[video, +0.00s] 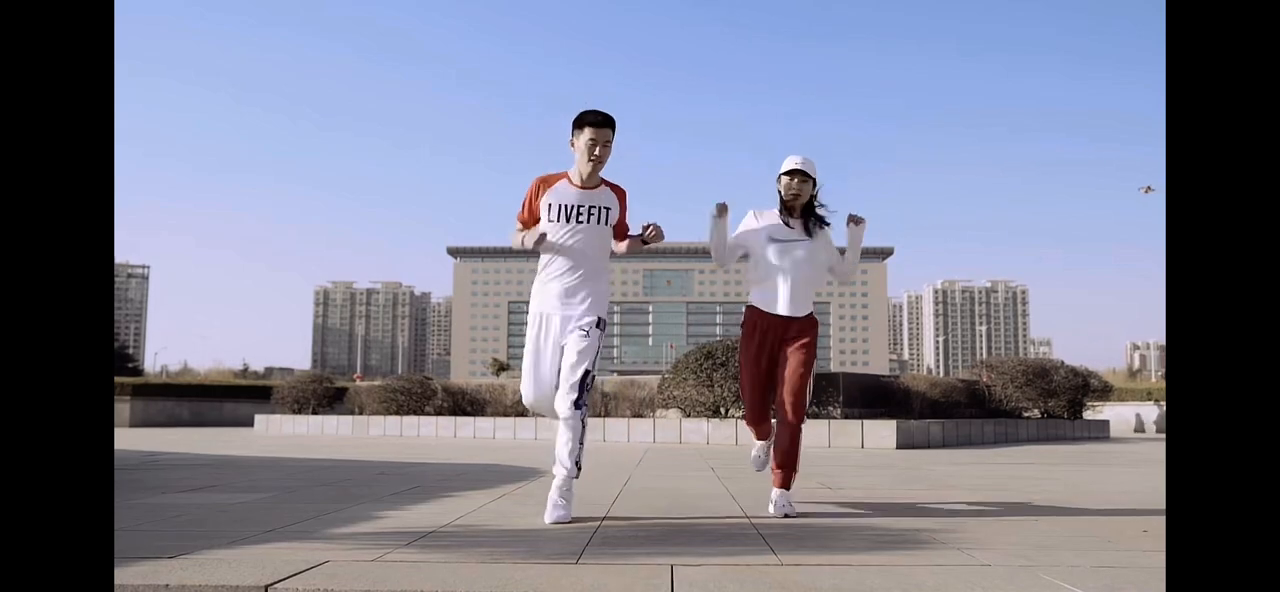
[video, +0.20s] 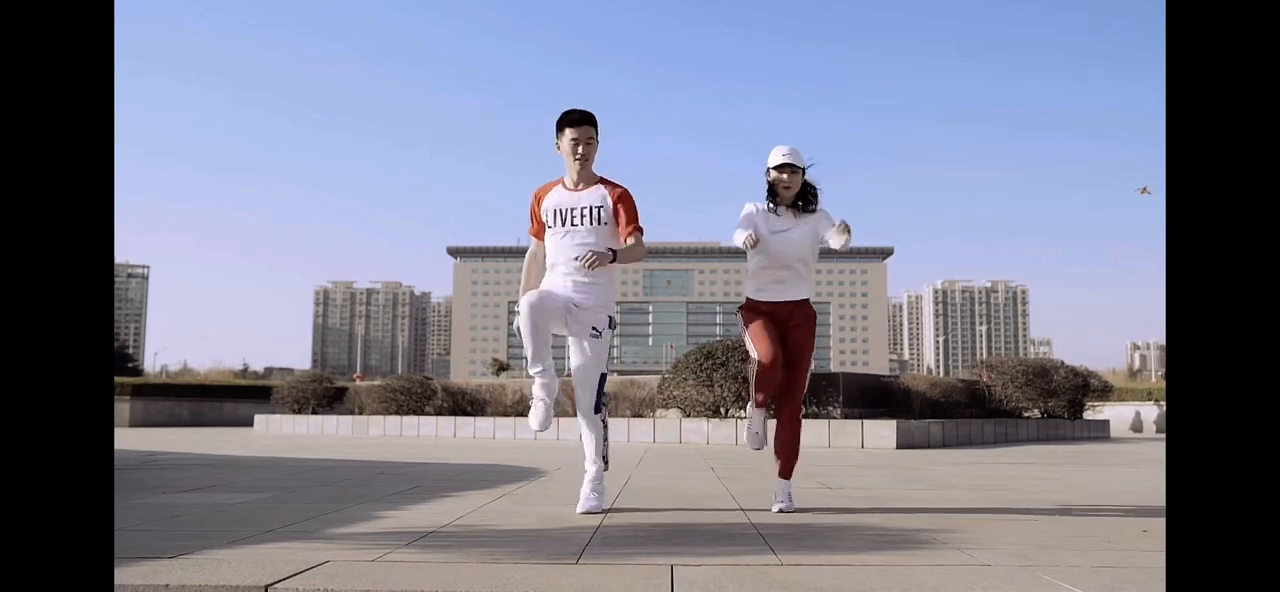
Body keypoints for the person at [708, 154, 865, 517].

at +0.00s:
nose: (794, 185)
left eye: (802, 179)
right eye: (788, 178)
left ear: (813, 188)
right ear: (778, 184)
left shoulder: (819, 232)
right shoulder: (758, 220)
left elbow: (843, 274)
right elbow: (722, 258)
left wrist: (854, 238)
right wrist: (719, 222)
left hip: (801, 325)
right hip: (759, 321)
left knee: (792, 408)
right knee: (754, 407)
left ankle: (781, 490)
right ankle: (764, 438)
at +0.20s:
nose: (787, 175)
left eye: (793, 170)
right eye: (780, 169)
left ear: (803, 175)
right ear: (769, 174)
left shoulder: (816, 216)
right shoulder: (755, 211)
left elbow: (836, 242)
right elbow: (739, 234)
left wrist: (842, 233)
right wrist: (746, 238)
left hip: (799, 311)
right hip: (758, 309)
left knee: (792, 399)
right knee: (770, 356)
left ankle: (784, 486)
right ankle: (758, 410)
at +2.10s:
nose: (801, 183)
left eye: (808, 177)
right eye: (795, 176)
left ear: (820, 179)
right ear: (786, 176)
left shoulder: (834, 218)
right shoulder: (771, 215)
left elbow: (864, 247)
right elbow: (747, 251)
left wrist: (855, 209)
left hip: (814, 310)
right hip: (775, 304)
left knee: (804, 401)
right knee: (781, 328)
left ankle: (800, 484)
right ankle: (776, 411)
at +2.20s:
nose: (807, 168)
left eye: (815, 162)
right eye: (801, 161)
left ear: (825, 164)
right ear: (792, 161)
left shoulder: (837, 206)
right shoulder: (772, 199)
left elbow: (861, 253)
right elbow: (753, 252)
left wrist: (872, 226)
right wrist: (746, 227)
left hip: (815, 300)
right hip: (773, 297)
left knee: (808, 394)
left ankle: (803, 477)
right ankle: (775, 435)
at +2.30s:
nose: (815, 174)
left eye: (823, 169)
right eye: (810, 167)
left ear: (833, 174)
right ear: (798, 171)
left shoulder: (835, 219)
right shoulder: (779, 207)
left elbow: (848, 264)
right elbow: (753, 251)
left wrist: (868, 233)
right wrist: (735, 224)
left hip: (819, 313)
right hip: (777, 308)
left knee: (811, 402)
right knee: (777, 394)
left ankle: (804, 497)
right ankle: (776, 446)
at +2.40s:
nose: (817, 176)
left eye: (824, 170)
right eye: (810, 169)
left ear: (834, 178)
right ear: (799, 175)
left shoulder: (840, 227)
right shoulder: (777, 210)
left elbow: (878, 258)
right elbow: (735, 241)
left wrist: (873, 219)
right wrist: (750, 200)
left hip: (820, 318)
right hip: (777, 314)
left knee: (809, 407)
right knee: (774, 400)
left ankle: (805, 495)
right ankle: (776, 441)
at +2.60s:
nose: (810, 169)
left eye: (816, 163)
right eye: (802, 163)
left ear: (825, 172)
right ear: (791, 174)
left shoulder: (838, 216)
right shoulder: (776, 211)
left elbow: (851, 225)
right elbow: (764, 226)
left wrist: (862, 232)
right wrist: (764, 235)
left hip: (819, 315)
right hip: (777, 313)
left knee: (810, 411)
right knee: (780, 363)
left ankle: (813, 492)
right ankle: (784, 415)